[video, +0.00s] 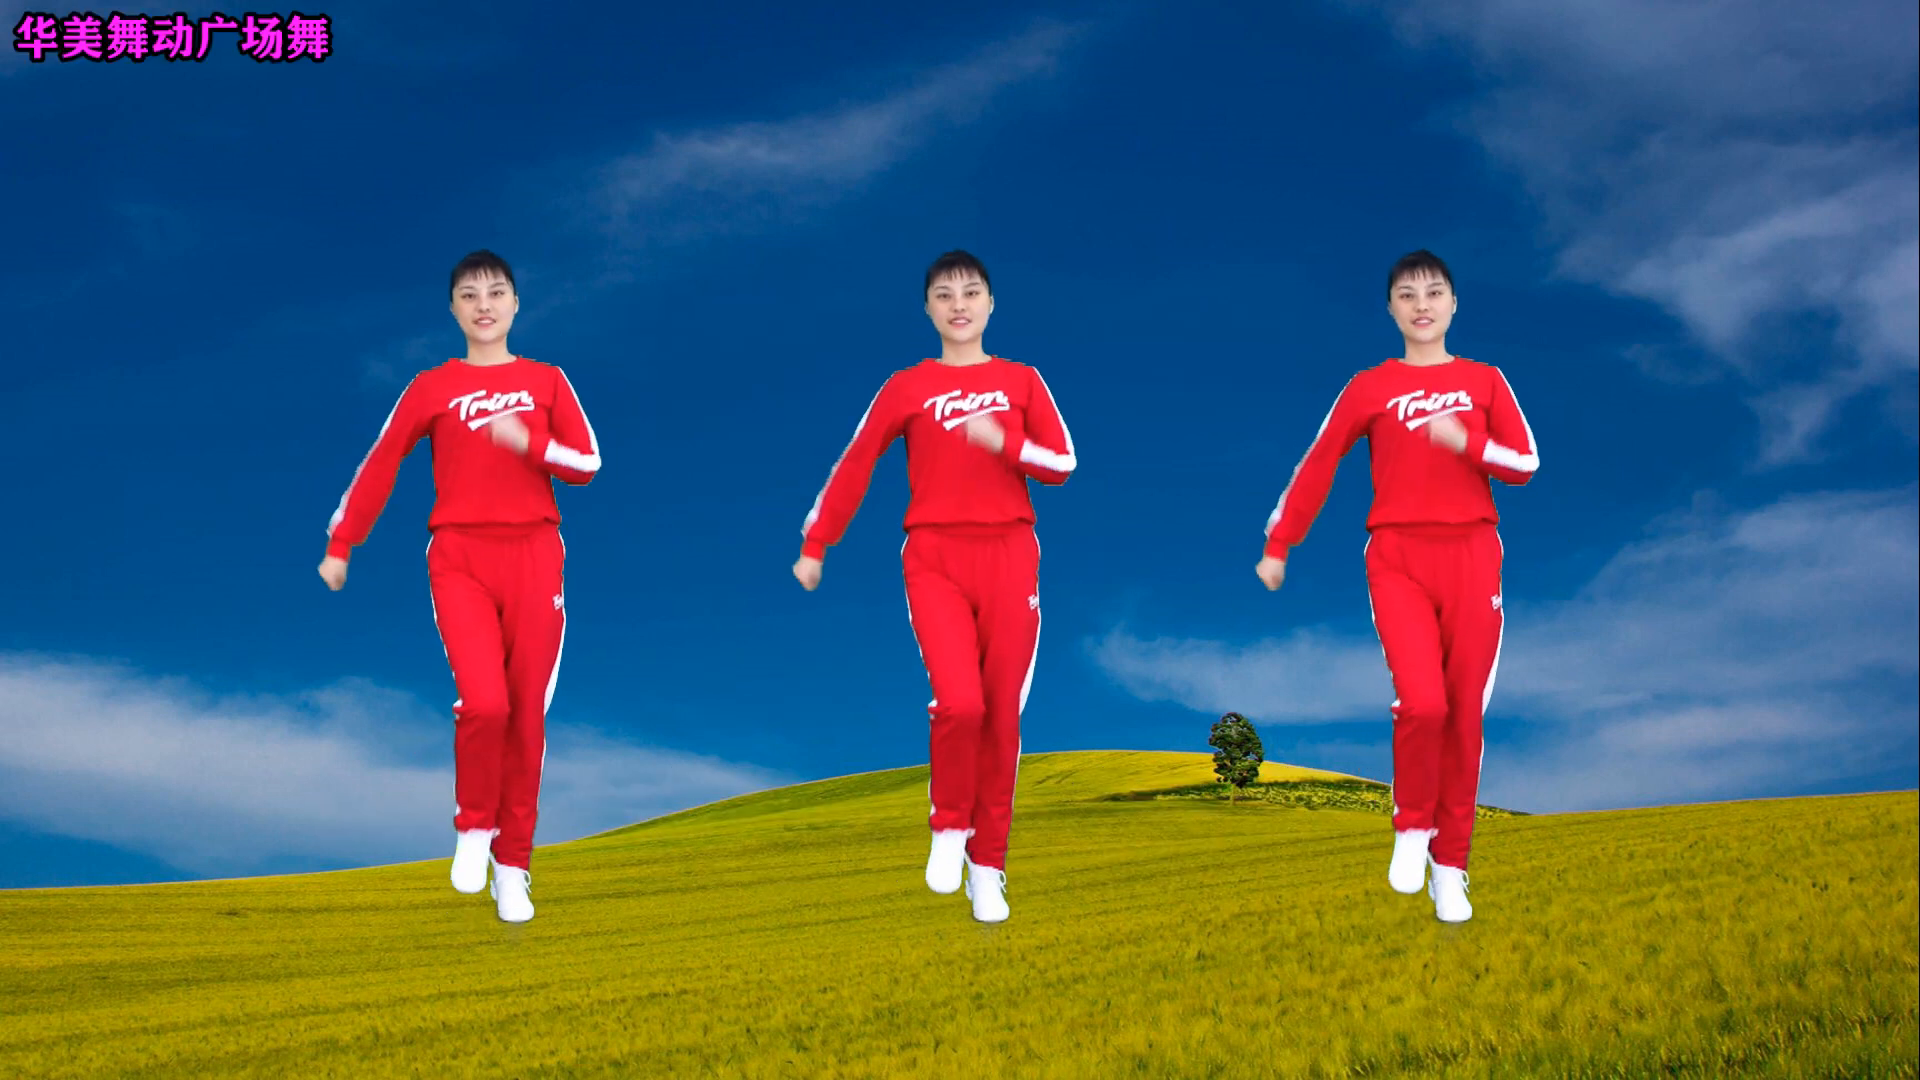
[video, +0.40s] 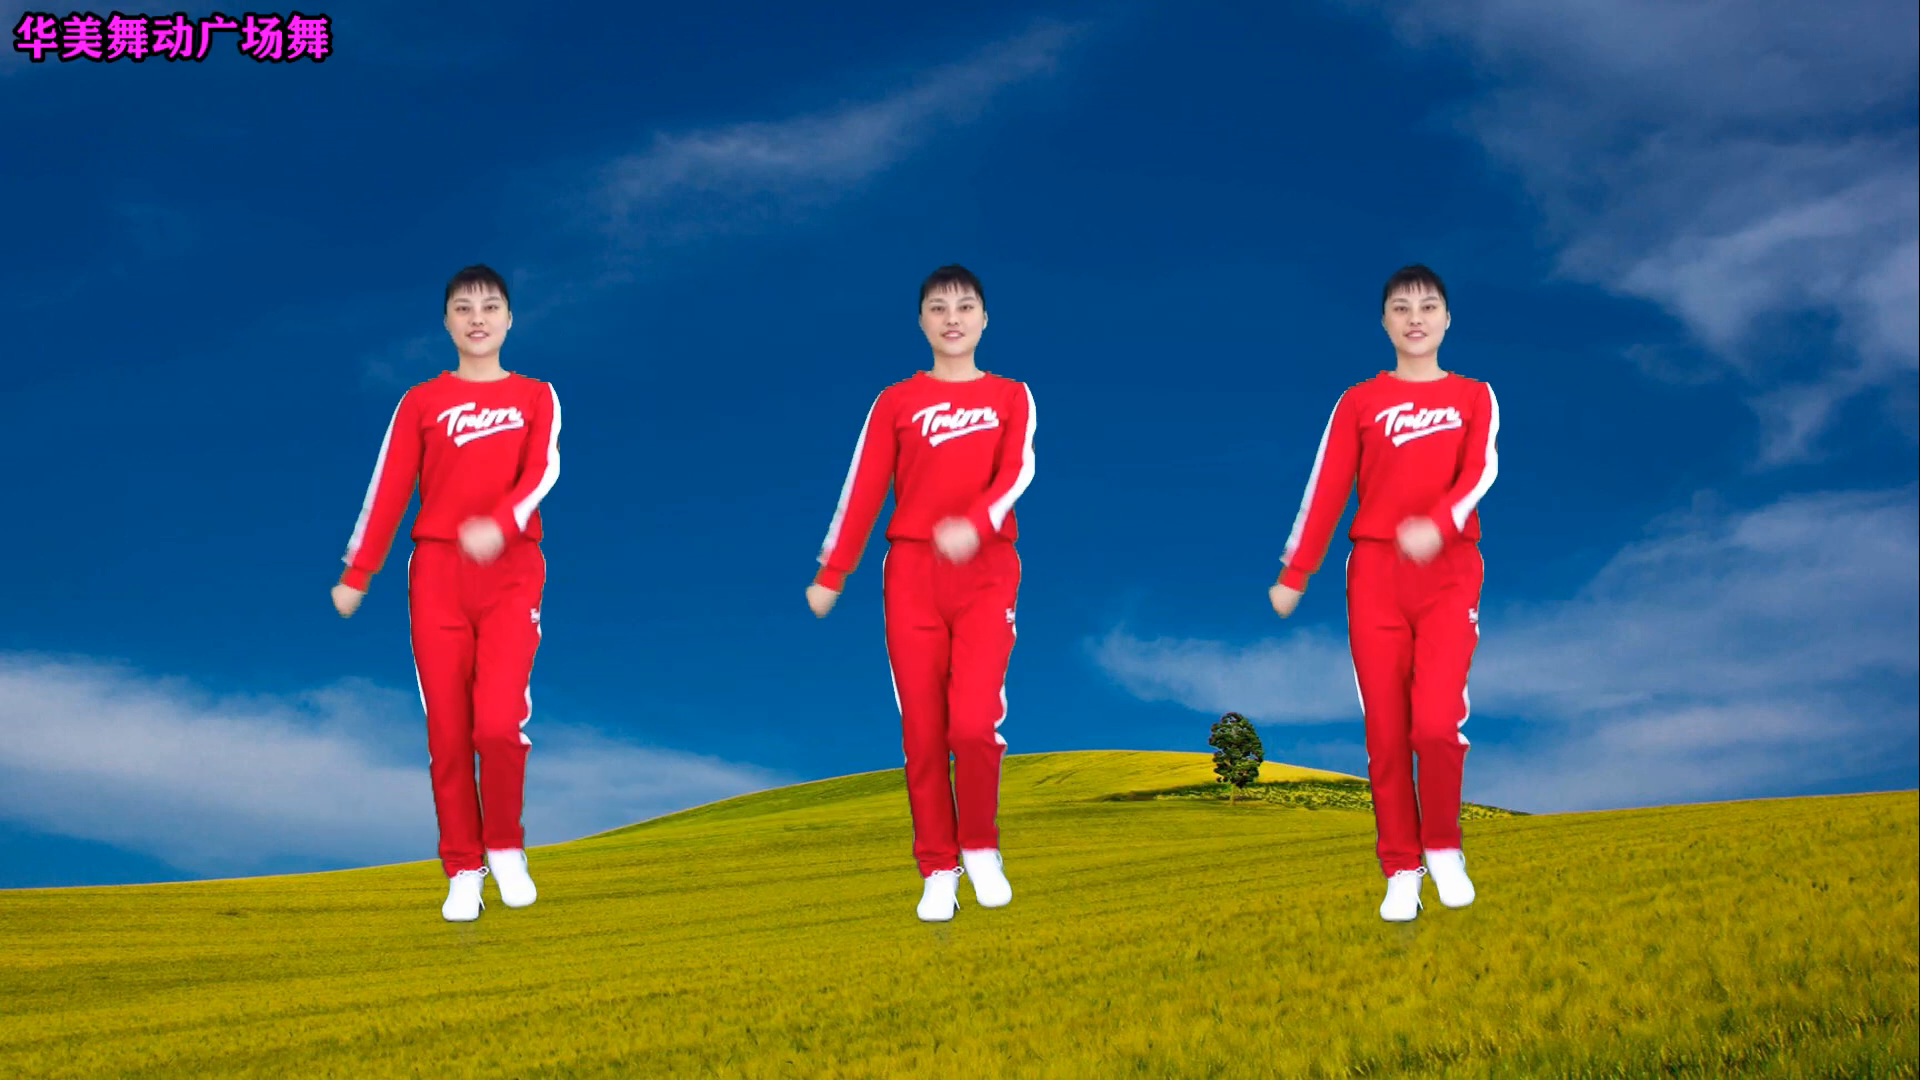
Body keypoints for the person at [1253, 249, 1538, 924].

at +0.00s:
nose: (1422, 304)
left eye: (1433, 294)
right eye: (1409, 295)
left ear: (1452, 303)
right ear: (1393, 308)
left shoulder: (1485, 381)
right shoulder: (1368, 388)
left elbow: (1524, 464)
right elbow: (1317, 464)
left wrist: (1468, 442)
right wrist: (1278, 545)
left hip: (1472, 555)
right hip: (1395, 556)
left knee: (1465, 711)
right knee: (1423, 705)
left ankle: (1452, 861)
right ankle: (1413, 827)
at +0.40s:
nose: (1416, 318)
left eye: (1427, 307)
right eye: (1403, 309)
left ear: (1446, 319)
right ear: (1386, 322)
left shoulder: (1474, 395)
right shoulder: (1358, 401)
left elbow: (1479, 475)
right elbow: (1326, 488)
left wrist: (1438, 522)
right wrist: (1296, 569)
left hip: (1449, 576)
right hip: (1374, 576)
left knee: (1437, 723)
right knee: (1384, 729)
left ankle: (1442, 849)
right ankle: (1400, 867)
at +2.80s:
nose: (1410, 300)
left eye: (1420, 289)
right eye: (1395, 292)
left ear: (1440, 301)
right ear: (1379, 308)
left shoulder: (1474, 379)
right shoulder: (1357, 383)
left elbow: (1513, 461)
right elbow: (1296, 455)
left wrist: (1456, 420)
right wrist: (1242, 532)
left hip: (1457, 557)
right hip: (1381, 557)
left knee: (1448, 715)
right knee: (1400, 711)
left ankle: (1437, 862)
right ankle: (1400, 837)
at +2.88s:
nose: (1408, 307)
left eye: (1420, 296)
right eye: (1395, 299)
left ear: (1440, 308)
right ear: (1379, 315)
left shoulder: (1471, 386)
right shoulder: (1355, 390)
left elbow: (1503, 467)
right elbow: (1287, 453)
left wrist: (1454, 405)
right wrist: (1224, 518)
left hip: (1456, 563)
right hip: (1379, 564)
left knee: (1446, 722)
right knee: (1392, 726)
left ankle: (1435, 867)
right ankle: (1394, 866)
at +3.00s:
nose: (1406, 312)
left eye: (1418, 301)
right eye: (1392, 303)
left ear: (1438, 312)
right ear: (1377, 318)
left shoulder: (1467, 392)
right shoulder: (1353, 393)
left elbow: (1476, 475)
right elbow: (1289, 463)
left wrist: (1424, 427)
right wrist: (1225, 526)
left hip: (1451, 566)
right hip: (1374, 566)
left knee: (1440, 725)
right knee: (1384, 724)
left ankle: (1433, 869)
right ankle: (1394, 870)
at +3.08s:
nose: (1405, 311)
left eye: (1417, 300)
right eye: (1391, 302)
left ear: (1435, 311)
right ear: (1375, 316)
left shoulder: (1465, 388)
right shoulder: (1348, 392)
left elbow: (1472, 467)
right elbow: (1297, 473)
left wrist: (1399, 471)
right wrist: (1250, 547)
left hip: (1443, 565)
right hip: (1368, 567)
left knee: (1434, 726)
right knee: (1380, 726)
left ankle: (1432, 865)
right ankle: (1393, 869)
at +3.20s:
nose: (1400, 322)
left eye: (1413, 312)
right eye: (1388, 312)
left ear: (1432, 323)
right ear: (1372, 325)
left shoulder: (1461, 401)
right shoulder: (1346, 407)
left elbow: (1463, 490)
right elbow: (1330, 496)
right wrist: (1320, 580)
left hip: (1430, 578)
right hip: (1360, 578)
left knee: (1415, 721)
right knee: (1367, 732)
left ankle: (1430, 829)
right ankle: (1391, 867)